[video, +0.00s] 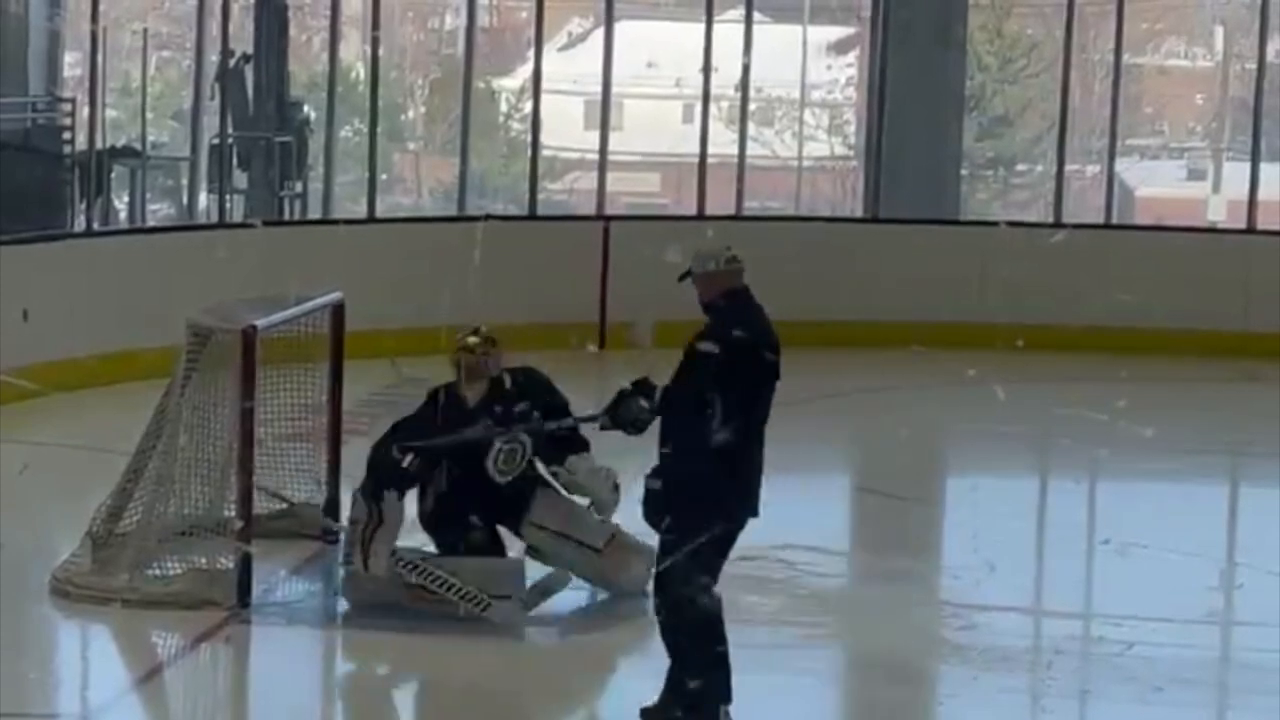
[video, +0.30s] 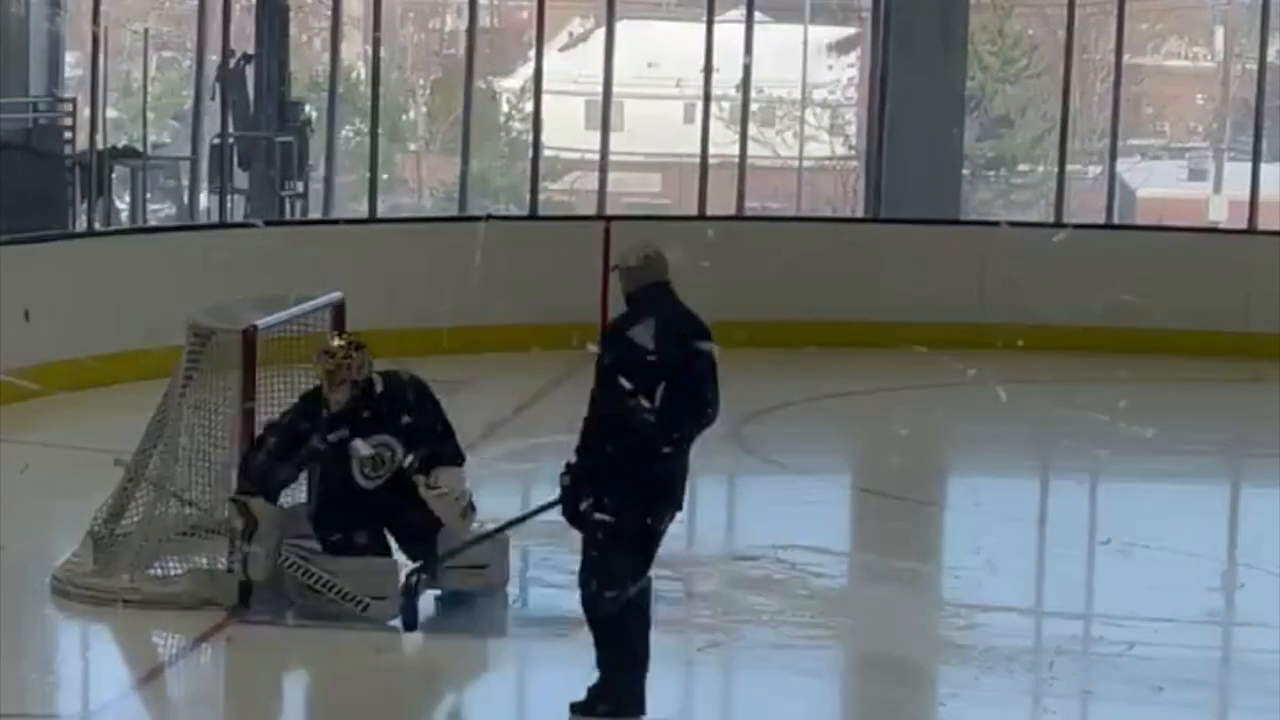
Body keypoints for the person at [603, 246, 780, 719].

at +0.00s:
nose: (693, 288)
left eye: (698, 279)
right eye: (693, 280)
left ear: (717, 280)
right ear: (727, 278)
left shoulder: (735, 334)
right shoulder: (726, 326)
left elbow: (701, 412)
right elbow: (692, 394)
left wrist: (653, 404)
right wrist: (653, 401)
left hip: (717, 489)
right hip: (703, 482)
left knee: (686, 592)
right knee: (677, 590)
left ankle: (704, 702)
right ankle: (684, 696)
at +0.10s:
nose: (670, 287)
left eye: (675, 278)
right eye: (671, 279)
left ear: (694, 279)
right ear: (708, 278)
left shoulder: (707, 335)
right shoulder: (697, 328)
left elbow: (693, 429)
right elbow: (661, 399)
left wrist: (638, 434)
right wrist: (630, 421)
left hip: (682, 493)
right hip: (684, 486)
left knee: (657, 598)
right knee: (668, 595)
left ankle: (676, 701)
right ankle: (673, 697)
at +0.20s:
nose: (644, 286)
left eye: (648, 277)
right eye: (645, 278)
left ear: (662, 279)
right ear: (680, 278)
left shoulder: (697, 333)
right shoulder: (655, 328)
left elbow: (684, 427)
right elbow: (628, 416)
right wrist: (607, 477)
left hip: (663, 489)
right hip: (637, 483)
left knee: (641, 591)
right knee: (629, 589)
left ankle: (655, 700)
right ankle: (643, 691)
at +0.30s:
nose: (620, 282)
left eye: (624, 274)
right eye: (620, 275)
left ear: (639, 275)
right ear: (655, 275)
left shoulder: (681, 328)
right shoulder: (621, 329)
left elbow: (699, 407)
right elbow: (602, 409)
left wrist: (656, 445)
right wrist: (580, 470)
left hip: (648, 481)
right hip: (611, 475)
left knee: (617, 584)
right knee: (602, 583)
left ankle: (622, 695)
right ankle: (613, 689)